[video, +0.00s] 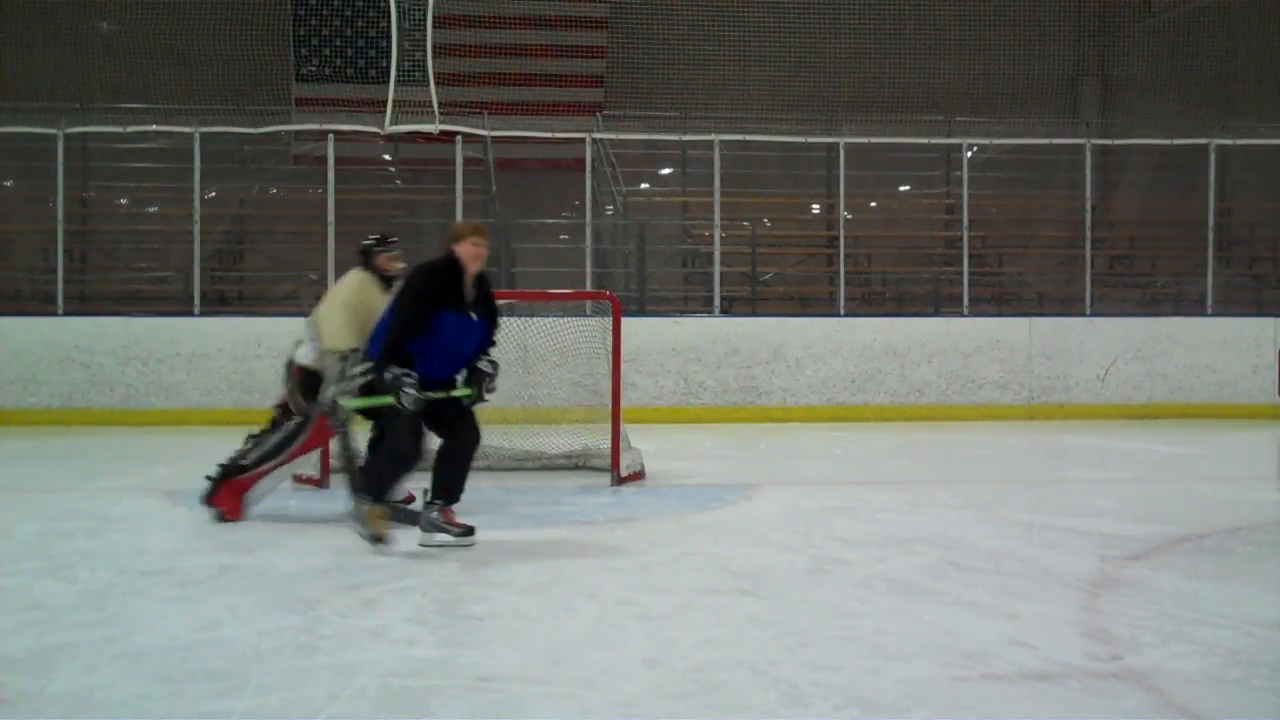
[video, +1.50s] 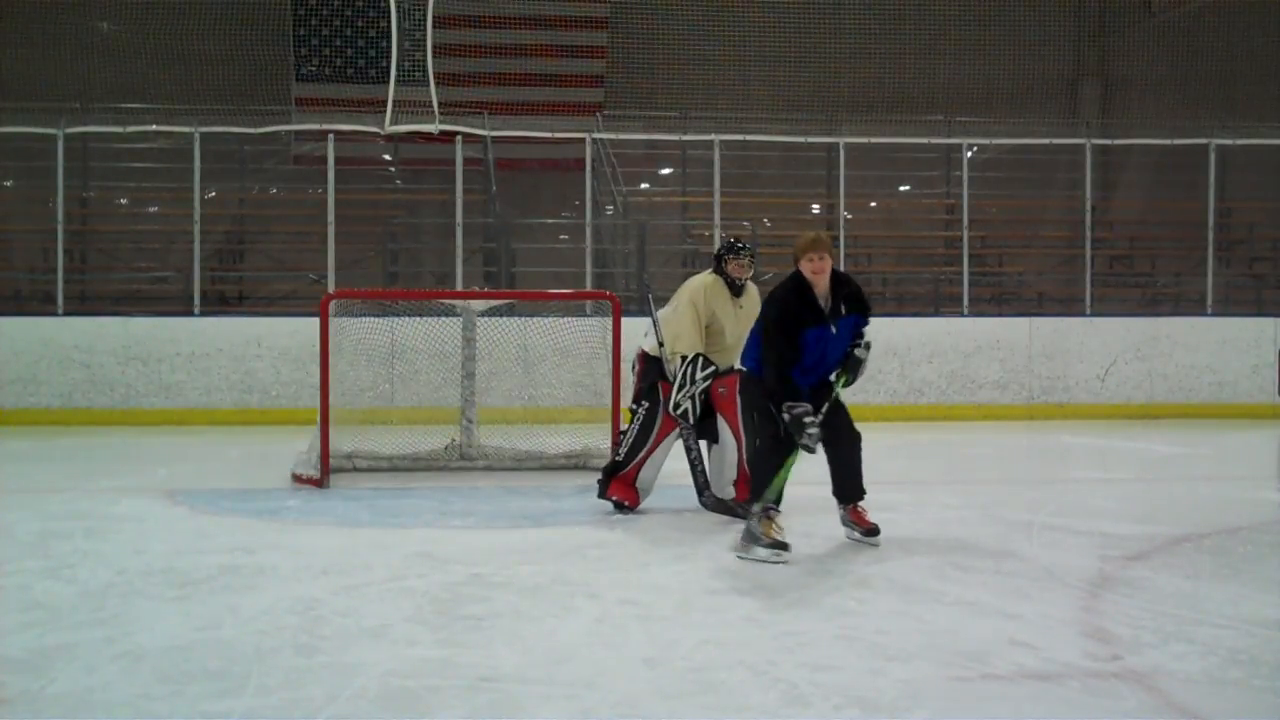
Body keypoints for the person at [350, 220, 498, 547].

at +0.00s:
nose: (480, 252)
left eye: (484, 246)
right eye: (473, 245)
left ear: (487, 252)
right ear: (455, 246)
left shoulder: (482, 288)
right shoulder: (428, 277)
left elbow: (485, 336)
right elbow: (399, 326)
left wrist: (481, 367)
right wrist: (399, 375)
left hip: (438, 380)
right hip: (395, 376)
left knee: (465, 434)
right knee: (405, 444)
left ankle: (439, 508)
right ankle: (367, 498)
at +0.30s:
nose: (563, 270)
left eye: (566, 263)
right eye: (559, 262)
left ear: (563, 264)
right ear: (538, 257)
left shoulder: (548, 296)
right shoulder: (507, 289)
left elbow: (549, 344)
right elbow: (482, 345)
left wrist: (552, 372)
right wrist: (489, 391)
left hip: (516, 388)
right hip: (481, 387)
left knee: (541, 439)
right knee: (506, 443)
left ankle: (506, 507)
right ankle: (470, 522)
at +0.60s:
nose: (657, 261)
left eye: (658, 254)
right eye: (651, 254)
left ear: (650, 258)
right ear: (631, 255)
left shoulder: (634, 289)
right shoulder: (617, 287)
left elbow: (626, 346)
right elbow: (603, 342)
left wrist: (643, 375)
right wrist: (617, 383)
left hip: (599, 375)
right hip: (581, 374)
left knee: (621, 440)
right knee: (620, 441)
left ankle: (609, 509)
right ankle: (611, 519)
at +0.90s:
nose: (757, 277)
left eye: (757, 270)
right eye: (751, 270)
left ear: (741, 273)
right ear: (732, 272)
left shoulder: (733, 304)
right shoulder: (714, 302)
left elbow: (723, 362)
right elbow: (702, 363)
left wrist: (727, 403)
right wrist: (720, 411)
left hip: (686, 377)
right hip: (661, 377)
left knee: (720, 440)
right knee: (708, 445)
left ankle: (715, 511)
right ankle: (708, 520)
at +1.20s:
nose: (819, 285)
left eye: (822, 279)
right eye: (811, 279)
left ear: (824, 282)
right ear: (792, 281)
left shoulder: (802, 312)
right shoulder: (775, 310)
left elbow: (793, 368)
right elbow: (772, 380)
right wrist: (801, 425)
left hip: (761, 380)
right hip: (728, 380)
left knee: (799, 441)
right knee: (774, 450)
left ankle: (809, 508)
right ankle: (747, 525)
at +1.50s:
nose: (818, 265)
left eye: (823, 258)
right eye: (810, 260)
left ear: (832, 260)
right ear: (798, 264)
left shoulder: (845, 289)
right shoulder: (783, 299)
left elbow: (858, 325)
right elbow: (776, 362)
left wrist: (856, 356)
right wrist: (793, 408)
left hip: (812, 380)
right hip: (765, 382)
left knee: (845, 436)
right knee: (773, 444)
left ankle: (851, 509)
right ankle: (760, 522)